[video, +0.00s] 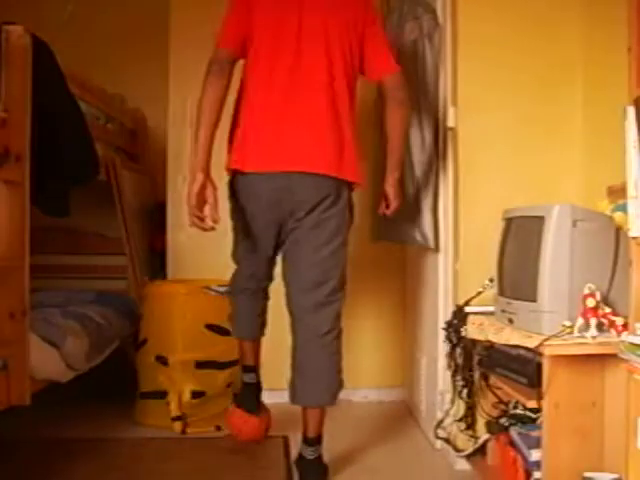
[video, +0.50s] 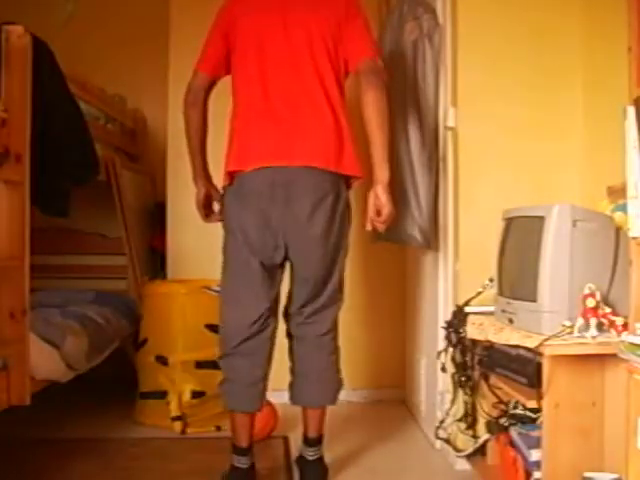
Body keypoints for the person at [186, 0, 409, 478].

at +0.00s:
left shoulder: (249, 6)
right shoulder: (357, 8)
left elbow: (218, 71)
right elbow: (396, 91)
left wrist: (200, 168)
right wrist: (393, 172)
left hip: (255, 167)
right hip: (323, 168)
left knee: (249, 278)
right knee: (317, 307)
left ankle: (250, 386)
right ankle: (311, 450)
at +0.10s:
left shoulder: (254, 6)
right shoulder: (359, 9)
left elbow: (219, 69)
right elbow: (396, 91)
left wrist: (199, 168)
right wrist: (391, 173)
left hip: (255, 166)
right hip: (323, 167)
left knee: (247, 271)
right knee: (317, 308)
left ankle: (250, 381)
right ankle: (311, 449)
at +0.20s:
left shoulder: (254, 6)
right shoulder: (359, 10)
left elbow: (216, 73)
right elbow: (395, 92)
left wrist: (196, 169)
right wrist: (388, 183)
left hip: (256, 167)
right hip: (323, 170)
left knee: (243, 281)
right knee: (317, 307)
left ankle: (246, 383)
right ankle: (312, 450)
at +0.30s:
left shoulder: (252, 7)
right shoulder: (355, 9)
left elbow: (211, 74)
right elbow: (390, 93)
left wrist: (196, 169)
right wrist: (385, 187)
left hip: (256, 168)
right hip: (323, 170)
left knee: (241, 295)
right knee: (317, 306)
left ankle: (241, 413)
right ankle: (312, 451)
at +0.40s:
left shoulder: (245, 7)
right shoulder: (350, 8)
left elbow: (204, 81)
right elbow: (379, 89)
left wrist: (198, 172)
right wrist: (383, 184)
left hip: (254, 171)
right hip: (321, 172)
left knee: (241, 314)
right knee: (316, 311)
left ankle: (236, 448)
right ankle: (312, 453)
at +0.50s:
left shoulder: (237, 9)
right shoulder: (341, 8)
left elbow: (196, 91)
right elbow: (370, 76)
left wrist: (201, 177)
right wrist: (381, 180)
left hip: (251, 174)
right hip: (317, 173)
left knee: (244, 317)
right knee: (314, 313)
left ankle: (241, 458)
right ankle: (312, 452)